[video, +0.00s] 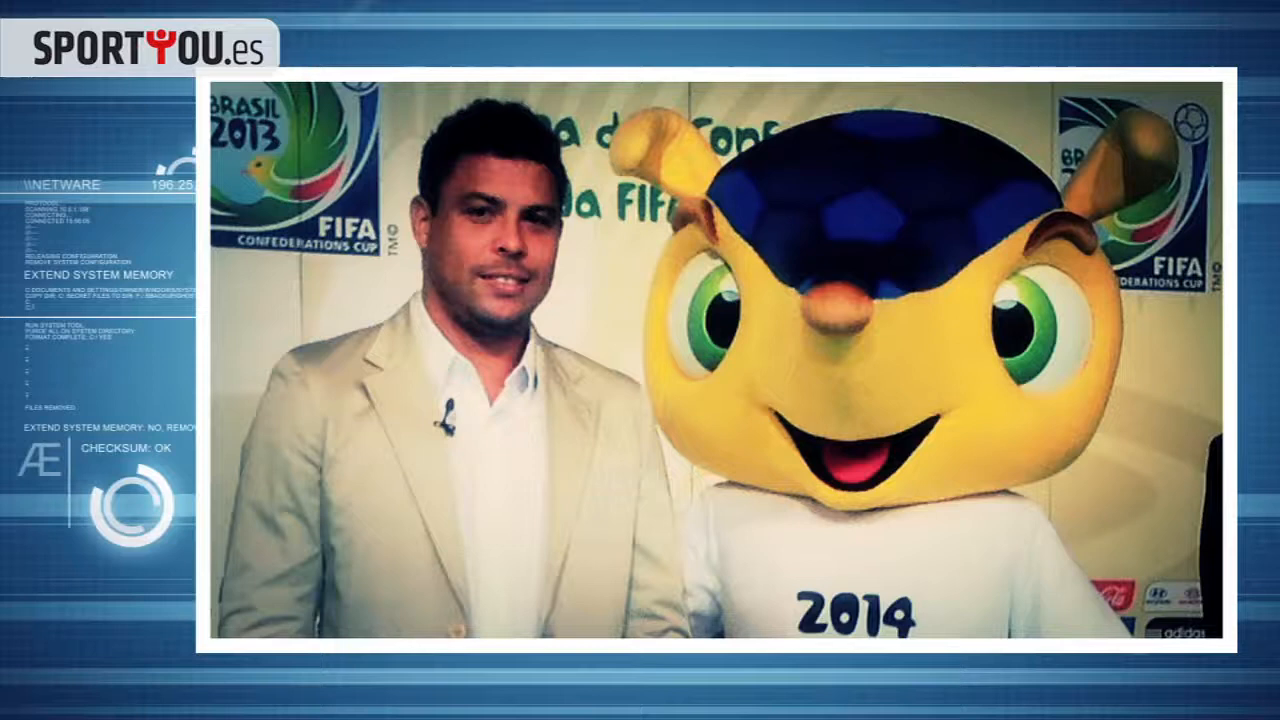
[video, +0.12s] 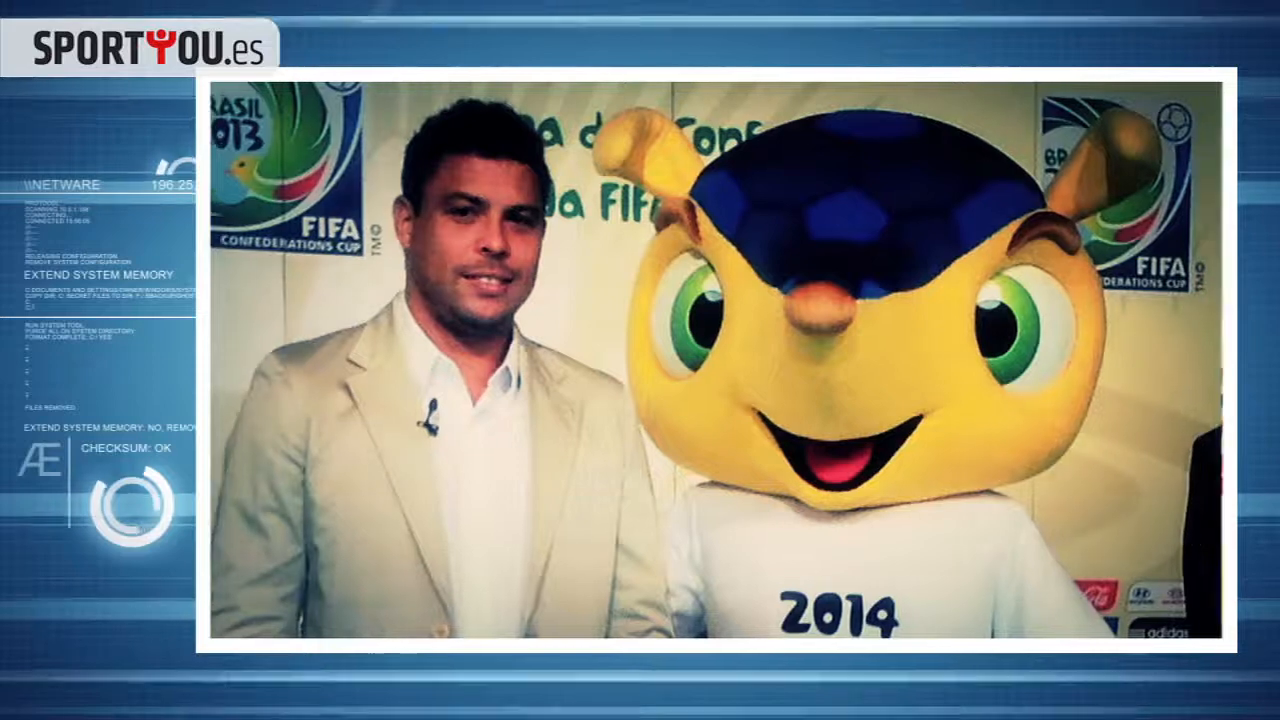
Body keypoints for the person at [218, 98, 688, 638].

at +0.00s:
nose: (512, 244)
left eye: (536, 218)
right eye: (480, 211)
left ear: (559, 238)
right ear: (423, 225)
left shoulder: (620, 410)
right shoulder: (315, 392)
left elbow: (658, 622)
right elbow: (263, 627)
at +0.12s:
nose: (496, 243)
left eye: (520, 218)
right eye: (464, 211)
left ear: (542, 238)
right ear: (406, 224)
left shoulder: (604, 409)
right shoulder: (297, 392)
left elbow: (642, 622)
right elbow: (248, 628)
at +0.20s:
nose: (479, 242)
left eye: (504, 219)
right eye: (448, 210)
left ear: (525, 238)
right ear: (390, 223)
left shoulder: (587, 410)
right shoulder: (280, 392)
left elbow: (624, 625)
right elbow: (236, 625)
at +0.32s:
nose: (454, 242)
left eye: (479, 219)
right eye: (423, 211)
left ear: (500, 238)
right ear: (365, 224)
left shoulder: (561, 410)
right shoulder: (251, 394)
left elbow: (599, 623)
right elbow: (218, 625)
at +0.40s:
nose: (437, 243)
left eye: (462, 218)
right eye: (406, 211)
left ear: (483, 236)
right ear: (348, 223)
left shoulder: (544, 411)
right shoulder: (233, 393)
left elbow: (582, 620)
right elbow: (206, 626)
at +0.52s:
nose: (410, 243)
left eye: (435, 219)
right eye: (380, 212)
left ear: (456, 238)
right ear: (323, 224)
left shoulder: (519, 411)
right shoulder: (213, 393)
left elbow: (556, 622)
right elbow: (182, 613)